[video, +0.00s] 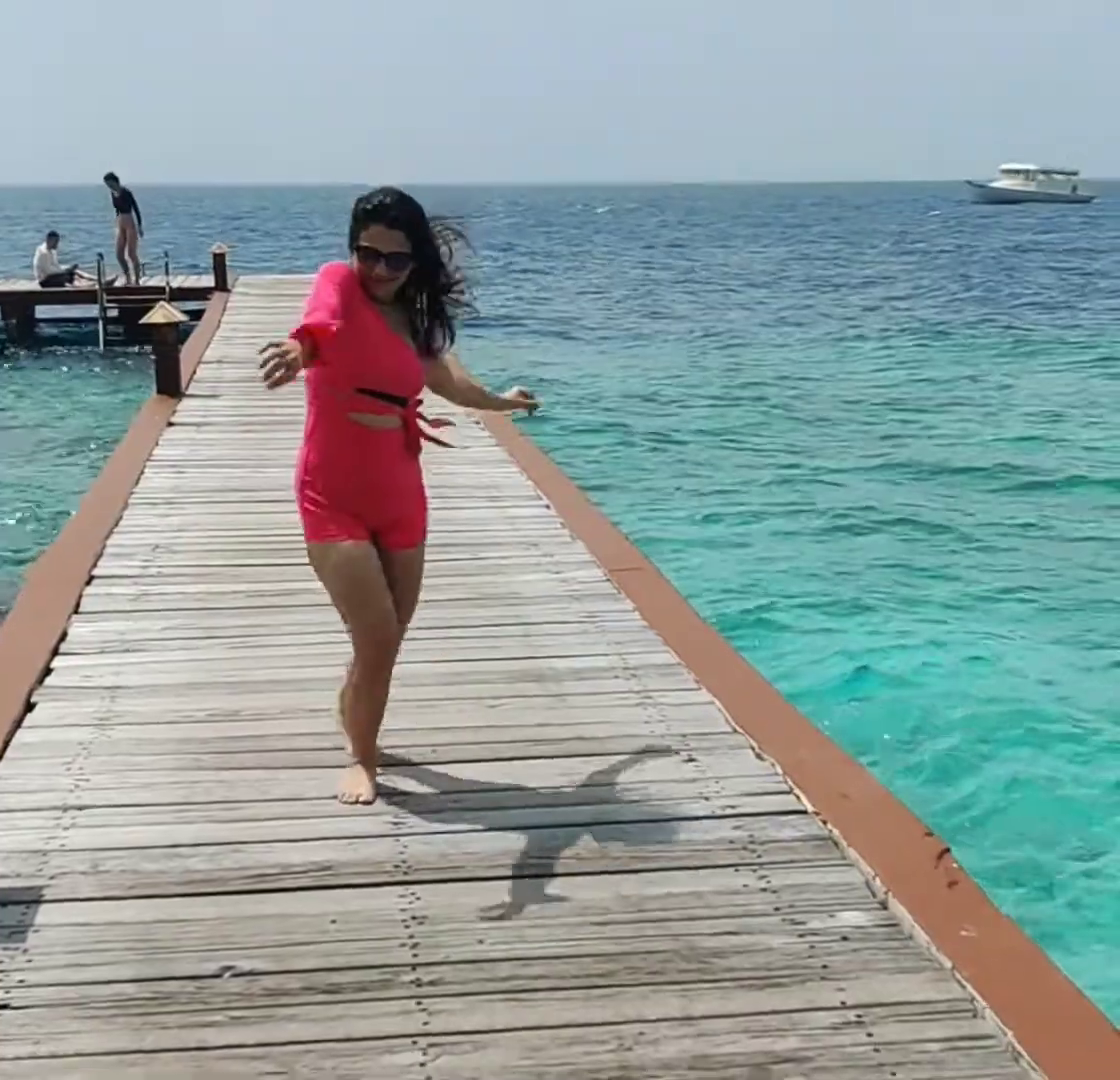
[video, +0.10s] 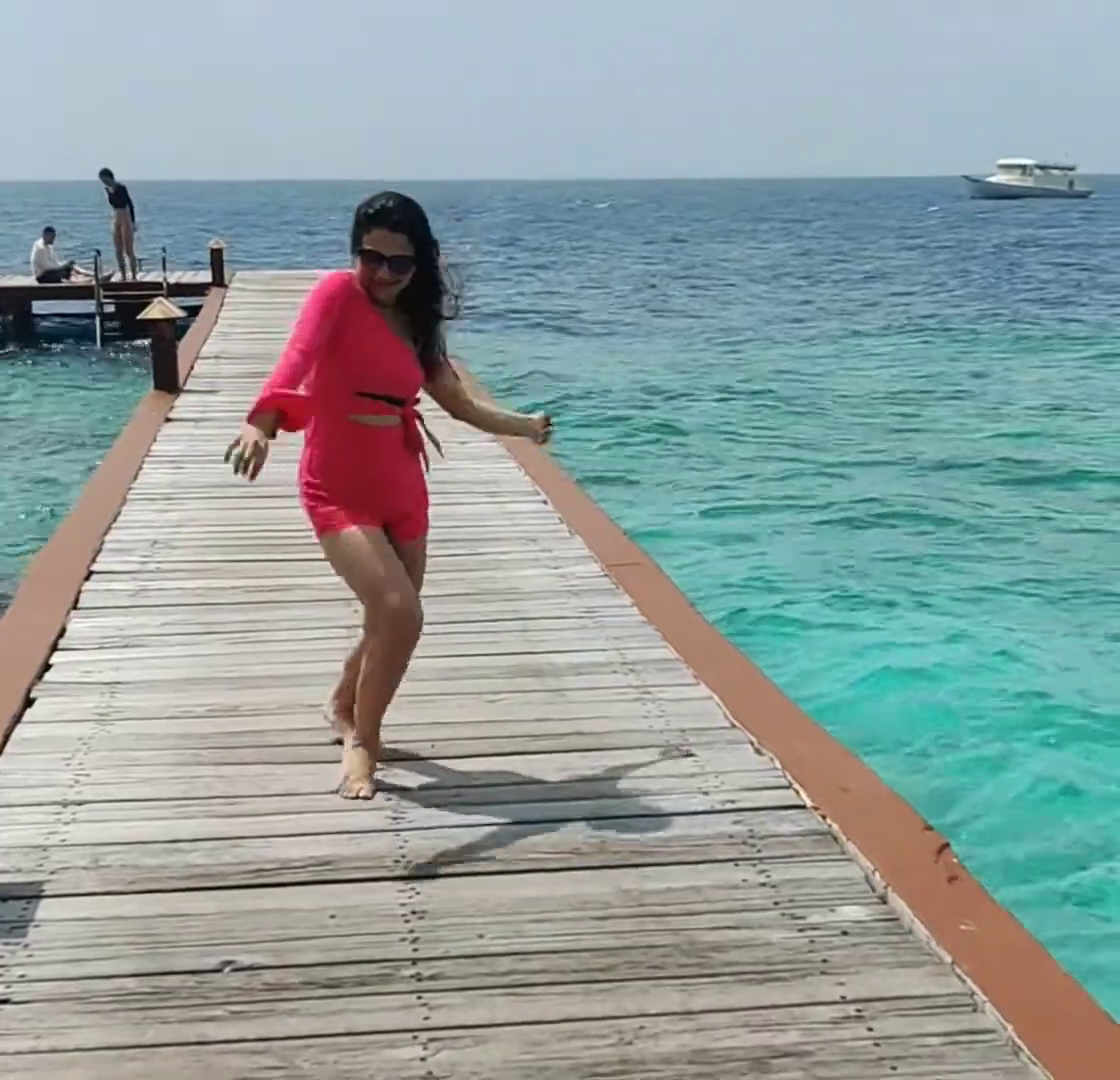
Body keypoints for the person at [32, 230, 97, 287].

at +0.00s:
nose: (57, 243)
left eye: (57, 241)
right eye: (55, 241)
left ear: (56, 241)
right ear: (49, 241)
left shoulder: (52, 251)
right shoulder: (43, 253)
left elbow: (55, 266)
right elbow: (48, 271)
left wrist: (67, 269)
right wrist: (64, 271)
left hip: (53, 276)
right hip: (45, 280)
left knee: (74, 271)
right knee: (71, 277)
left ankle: (95, 279)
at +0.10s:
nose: (53, 238)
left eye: (54, 236)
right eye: (51, 236)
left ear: (53, 236)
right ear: (45, 236)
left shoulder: (49, 246)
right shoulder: (40, 248)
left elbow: (55, 262)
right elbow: (45, 267)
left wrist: (64, 265)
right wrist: (62, 267)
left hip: (51, 272)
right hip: (43, 276)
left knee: (71, 267)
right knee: (70, 269)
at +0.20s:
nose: (52, 237)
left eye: (53, 234)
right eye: (50, 234)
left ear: (53, 234)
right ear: (44, 234)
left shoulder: (48, 245)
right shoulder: (39, 247)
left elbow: (54, 259)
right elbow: (44, 265)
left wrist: (62, 265)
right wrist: (59, 266)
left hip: (49, 271)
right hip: (42, 274)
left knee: (71, 266)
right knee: (68, 267)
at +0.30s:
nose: (52, 236)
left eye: (53, 233)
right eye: (50, 233)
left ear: (53, 234)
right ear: (44, 233)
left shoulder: (48, 244)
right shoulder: (39, 246)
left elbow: (53, 259)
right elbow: (44, 264)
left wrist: (62, 263)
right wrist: (59, 265)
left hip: (50, 270)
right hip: (42, 273)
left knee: (71, 266)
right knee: (69, 268)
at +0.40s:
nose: (53, 236)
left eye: (53, 233)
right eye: (50, 233)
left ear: (53, 234)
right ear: (44, 234)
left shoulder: (48, 245)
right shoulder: (40, 246)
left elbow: (53, 260)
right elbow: (44, 264)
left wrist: (63, 264)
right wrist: (59, 266)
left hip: (50, 270)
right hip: (42, 273)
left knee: (72, 266)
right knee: (69, 268)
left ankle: (93, 274)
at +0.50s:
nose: (54, 235)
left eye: (54, 232)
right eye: (52, 232)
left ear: (55, 232)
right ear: (46, 232)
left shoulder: (50, 244)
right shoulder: (41, 245)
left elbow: (54, 258)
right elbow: (46, 263)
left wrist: (65, 263)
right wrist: (61, 266)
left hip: (51, 268)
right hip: (44, 272)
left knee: (72, 265)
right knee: (70, 265)